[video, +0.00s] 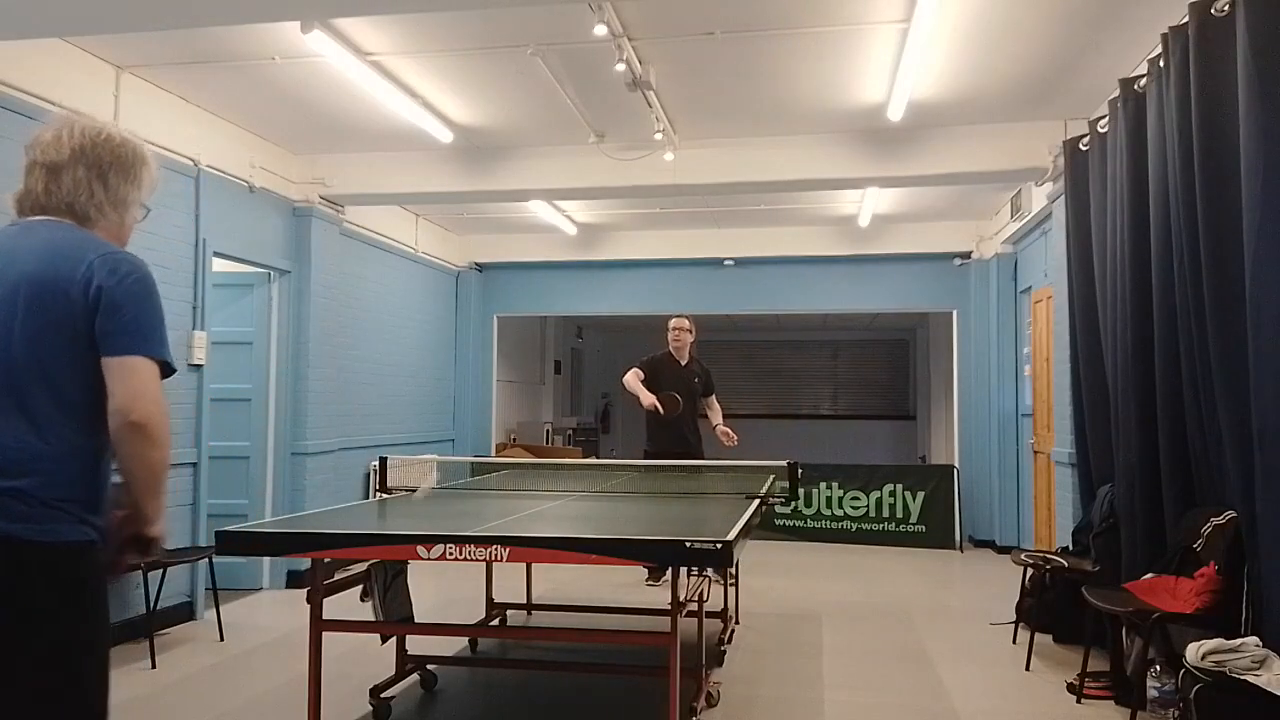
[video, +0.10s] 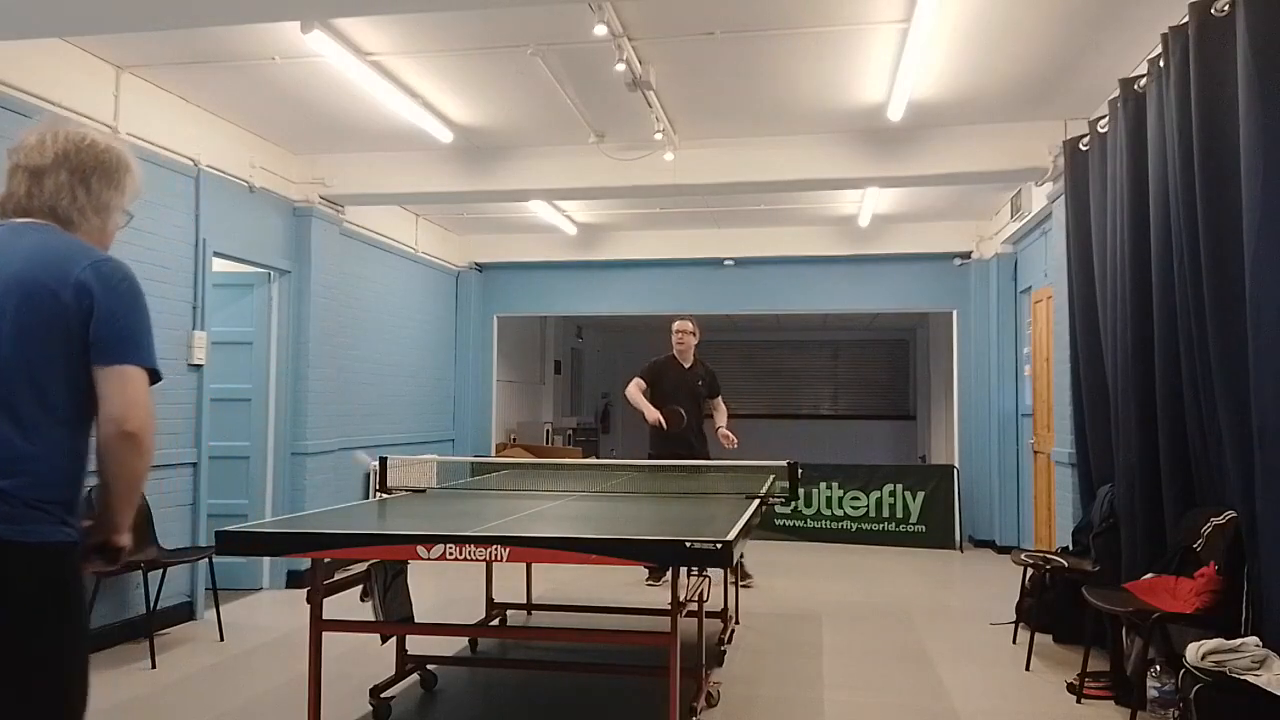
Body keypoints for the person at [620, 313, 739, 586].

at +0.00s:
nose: (678, 334)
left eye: (683, 330)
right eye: (674, 330)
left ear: (692, 336)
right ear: (667, 335)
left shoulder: (700, 370)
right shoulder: (655, 362)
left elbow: (711, 404)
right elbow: (629, 378)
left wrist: (718, 425)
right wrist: (643, 393)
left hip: (691, 452)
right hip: (657, 452)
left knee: (698, 507)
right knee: (656, 509)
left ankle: (709, 562)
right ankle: (656, 566)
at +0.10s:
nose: (680, 337)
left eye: (686, 333)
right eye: (677, 333)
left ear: (696, 338)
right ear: (671, 337)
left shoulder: (705, 372)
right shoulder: (657, 367)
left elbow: (718, 406)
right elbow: (631, 390)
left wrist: (720, 427)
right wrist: (647, 408)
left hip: (697, 455)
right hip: (662, 455)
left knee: (715, 507)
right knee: (660, 510)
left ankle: (732, 563)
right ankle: (657, 566)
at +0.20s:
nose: (685, 341)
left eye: (690, 337)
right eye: (681, 337)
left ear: (700, 341)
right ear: (675, 340)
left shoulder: (712, 374)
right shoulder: (663, 372)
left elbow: (727, 408)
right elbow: (639, 403)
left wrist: (725, 429)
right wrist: (652, 426)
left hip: (705, 456)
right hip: (670, 456)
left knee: (724, 508)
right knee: (663, 510)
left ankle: (749, 566)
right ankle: (658, 566)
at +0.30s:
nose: (689, 347)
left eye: (694, 342)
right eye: (685, 342)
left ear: (705, 345)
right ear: (680, 345)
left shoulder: (720, 376)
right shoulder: (671, 377)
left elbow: (739, 409)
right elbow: (650, 412)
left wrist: (732, 430)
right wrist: (659, 438)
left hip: (717, 459)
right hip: (680, 460)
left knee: (735, 510)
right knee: (668, 510)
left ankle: (753, 569)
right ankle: (659, 566)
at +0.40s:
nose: (694, 351)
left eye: (699, 346)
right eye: (690, 347)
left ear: (711, 348)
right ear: (685, 350)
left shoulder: (730, 378)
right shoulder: (680, 381)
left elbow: (753, 409)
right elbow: (662, 416)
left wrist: (740, 434)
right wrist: (668, 446)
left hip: (726, 462)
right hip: (691, 462)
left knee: (741, 514)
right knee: (674, 511)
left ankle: (754, 570)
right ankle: (660, 566)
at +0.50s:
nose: (698, 356)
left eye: (703, 351)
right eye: (694, 352)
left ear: (715, 353)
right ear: (690, 355)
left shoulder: (736, 380)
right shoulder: (687, 383)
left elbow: (762, 412)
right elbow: (671, 418)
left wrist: (747, 437)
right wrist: (676, 450)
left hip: (733, 461)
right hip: (697, 461)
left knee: (745, 515)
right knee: (680, 509)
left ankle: (755, 571)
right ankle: (666, 563)